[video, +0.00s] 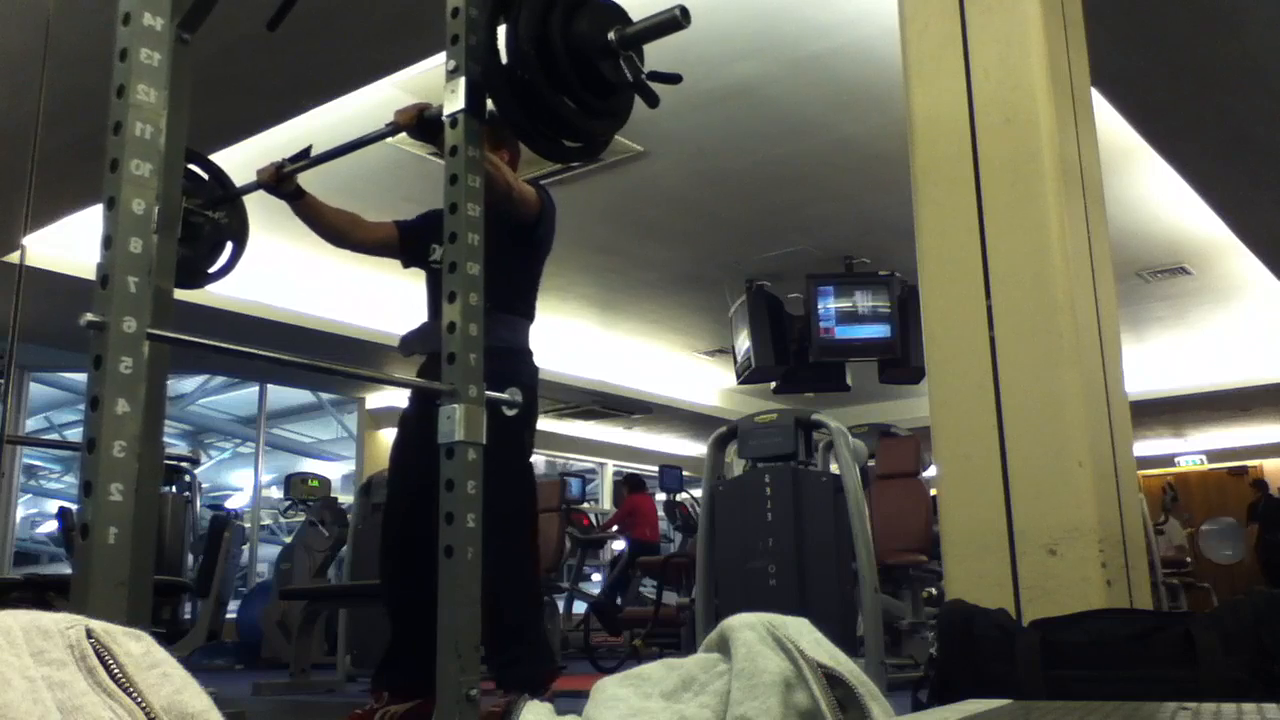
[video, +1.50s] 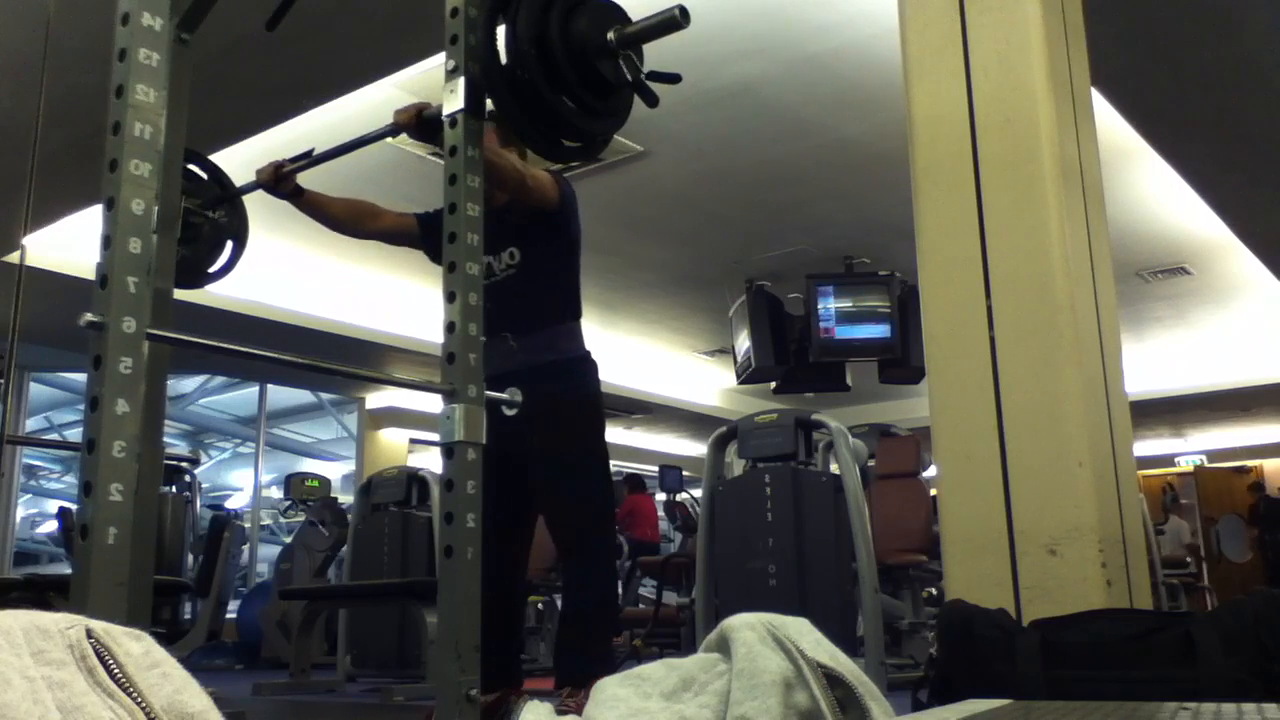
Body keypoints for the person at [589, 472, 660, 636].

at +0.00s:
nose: (623, 491)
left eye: (624, 488)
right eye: (623, 488)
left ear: (629, 488)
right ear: (643, 487)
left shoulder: (632, 500)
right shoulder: (649, 500)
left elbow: (616, 519)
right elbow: (635, 521)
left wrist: (600, 529)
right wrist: (619, 532)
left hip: (637, 546)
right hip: (654, 546)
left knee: (617, 567)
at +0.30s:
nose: (624, 491)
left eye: (625, 488)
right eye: (624, 489)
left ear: (630, 488)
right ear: (644, 488)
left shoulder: (631, 500)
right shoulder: (650, 501)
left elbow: (617, 519)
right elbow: (638, 522)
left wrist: (601, 528)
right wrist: (620, 531)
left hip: (637, 546)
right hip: (654, 547)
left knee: (612, 570)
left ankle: (618, 605)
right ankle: (621, 603)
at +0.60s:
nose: (624, 491)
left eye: (625, 487)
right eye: (624, 487)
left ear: (630, 487)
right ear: (643, 486)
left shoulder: (632, 500)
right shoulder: (650, 500)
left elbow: (617, 519)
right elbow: (634, 524)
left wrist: (601, 529)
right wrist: (615, 533)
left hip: (636, 546)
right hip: (654, 547)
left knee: (603, 553)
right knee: (630, 580)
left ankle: (607, 589)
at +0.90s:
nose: (624, 492)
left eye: (625, 488)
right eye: (624, 488)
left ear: (630, 488)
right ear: (642, 487)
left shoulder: (631, 501)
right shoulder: (650, 500)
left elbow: (617, 518)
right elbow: (637, 521)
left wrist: (601, 529)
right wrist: (619, 530)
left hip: (637, 544)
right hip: (654, 545)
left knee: (620, 569)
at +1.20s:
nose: (625, 491)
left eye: (626, 488)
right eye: (625, 488)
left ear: (631, 488)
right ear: (644, 487)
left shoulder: (631, 500)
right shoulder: (650, 500)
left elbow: (617, 518)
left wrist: (606, 527)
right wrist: (622, 529)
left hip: (637, 544)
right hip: (653, 544)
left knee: (618, 572)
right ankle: (629, 601)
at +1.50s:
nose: (625, 490)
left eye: (626, 487)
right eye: (625, 487)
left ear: (630, 487)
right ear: (643, 486)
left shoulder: (631, 500)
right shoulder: (649, 499)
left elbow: (620, 518)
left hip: (637, 543)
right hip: (654, 543)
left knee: (631, 576)